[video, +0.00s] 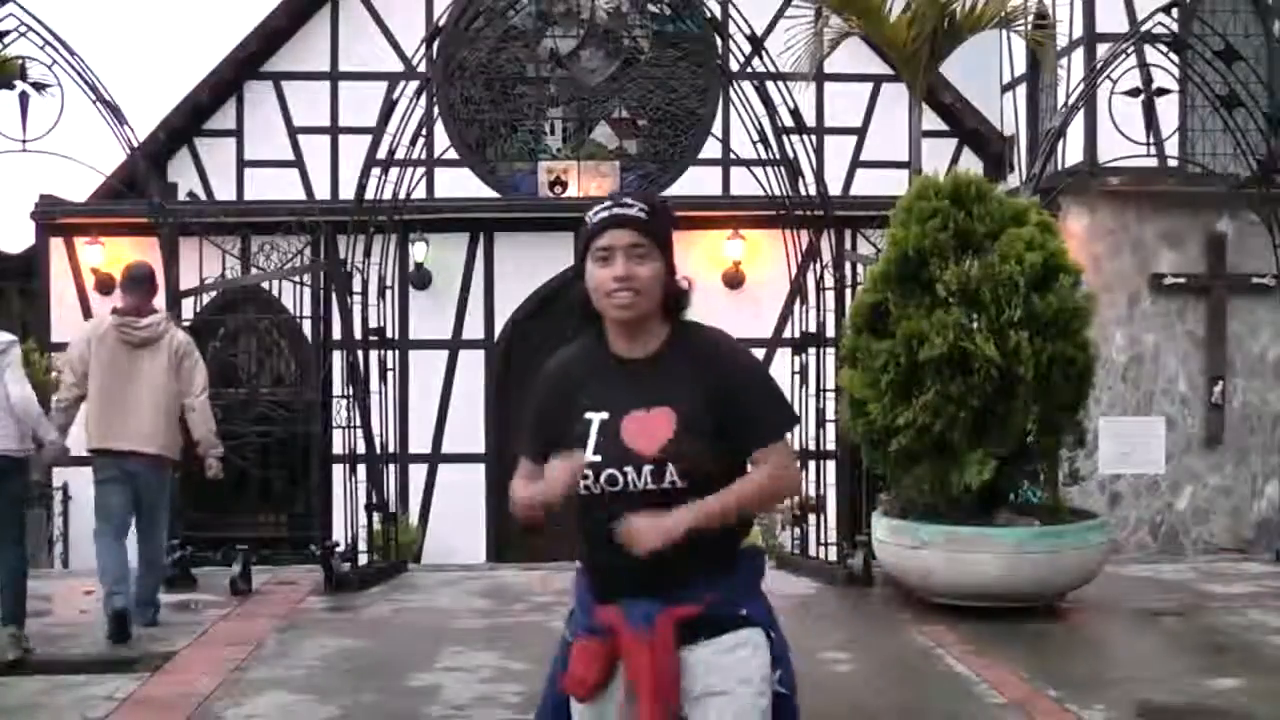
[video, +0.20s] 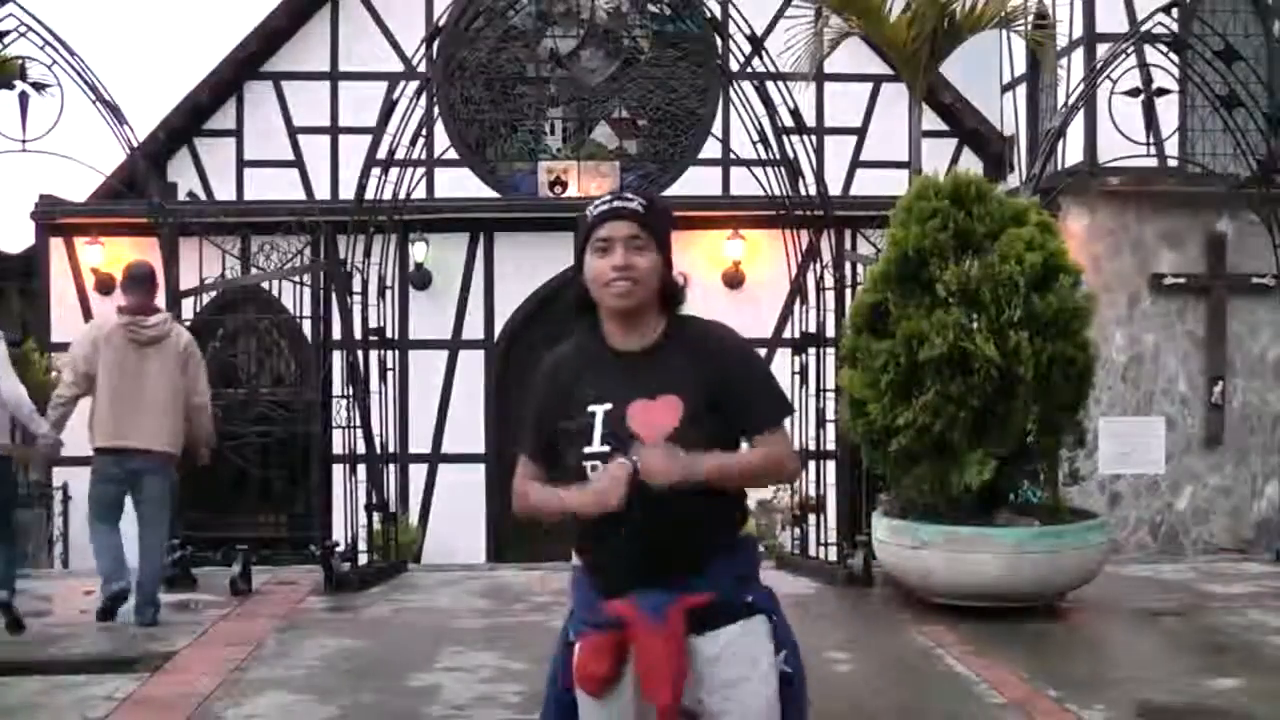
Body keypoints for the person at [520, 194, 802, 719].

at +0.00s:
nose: (620, 273)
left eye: (639, 256)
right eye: (603, 258)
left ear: (668, 271)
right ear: (585, 275)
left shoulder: (720, 360)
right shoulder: (566, 373)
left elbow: (781, 473)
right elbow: (521, 497)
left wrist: (679, 519)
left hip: (716, 616)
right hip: (604, 618)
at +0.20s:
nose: (620, 261)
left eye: (638, 247)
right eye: (603, 249)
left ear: (665, 264)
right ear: (584, 270)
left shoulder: (718, 350)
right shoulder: (561, 370)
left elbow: (783, 459)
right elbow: (523, 494)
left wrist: (689, 466)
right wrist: (584, 497)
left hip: (718, 601)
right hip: (605, 605)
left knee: (752, 708)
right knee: (590, 708)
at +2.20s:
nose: (806, 354)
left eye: (823, 326)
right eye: (778, 329)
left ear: (844, 329)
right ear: (740, 337)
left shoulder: (840, 412)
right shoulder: (690, 439)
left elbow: (873, 504)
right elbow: (660, 613)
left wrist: (883, 589)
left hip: (758, 641)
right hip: (653, 650)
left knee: (829, 699)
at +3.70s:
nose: (661, 271)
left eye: (678, 254)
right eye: (643, 257)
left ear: (703, 266)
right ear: (620, 272)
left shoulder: (753, 361)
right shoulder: (595, 362)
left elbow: (804, 477)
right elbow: (543, 476)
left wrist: (714, 500)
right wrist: (579, 473)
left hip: (731, 608)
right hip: (618, 608)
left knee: (749, 709)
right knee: (592, 708)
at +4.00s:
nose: (625, 261)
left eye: (642, 246)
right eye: (608, 249)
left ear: (671, 261)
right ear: (589, 269)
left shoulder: (720, 349)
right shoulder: (572, 362)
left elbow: (774, 461)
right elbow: (539, 469)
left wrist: (673, 428)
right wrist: (551, 513)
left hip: (704, 597)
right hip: (602, 598)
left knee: (698, 710)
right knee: (595, 710)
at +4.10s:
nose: (621, 263)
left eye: (638, 247)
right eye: (605, 250)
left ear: (667, 261)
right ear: (587, 269)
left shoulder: (715, 351)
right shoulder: (571, 363)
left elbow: (766, 467)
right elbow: (539, 468)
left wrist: (655, 448)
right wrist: (539, 510)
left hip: (703, 594)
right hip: (603, 595)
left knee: (688, 711)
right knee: (596, 711)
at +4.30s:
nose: (626, 265)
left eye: (646, 247)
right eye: (611, 250)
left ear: (678, 263)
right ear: (594, 268)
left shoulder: (719, 358)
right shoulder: (580, 360)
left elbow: (775, 481)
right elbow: (529, 489)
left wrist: (668, 536)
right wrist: (541, 448)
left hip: (702, 610)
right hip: (602, 608)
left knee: (698, 710)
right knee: (590, 711)